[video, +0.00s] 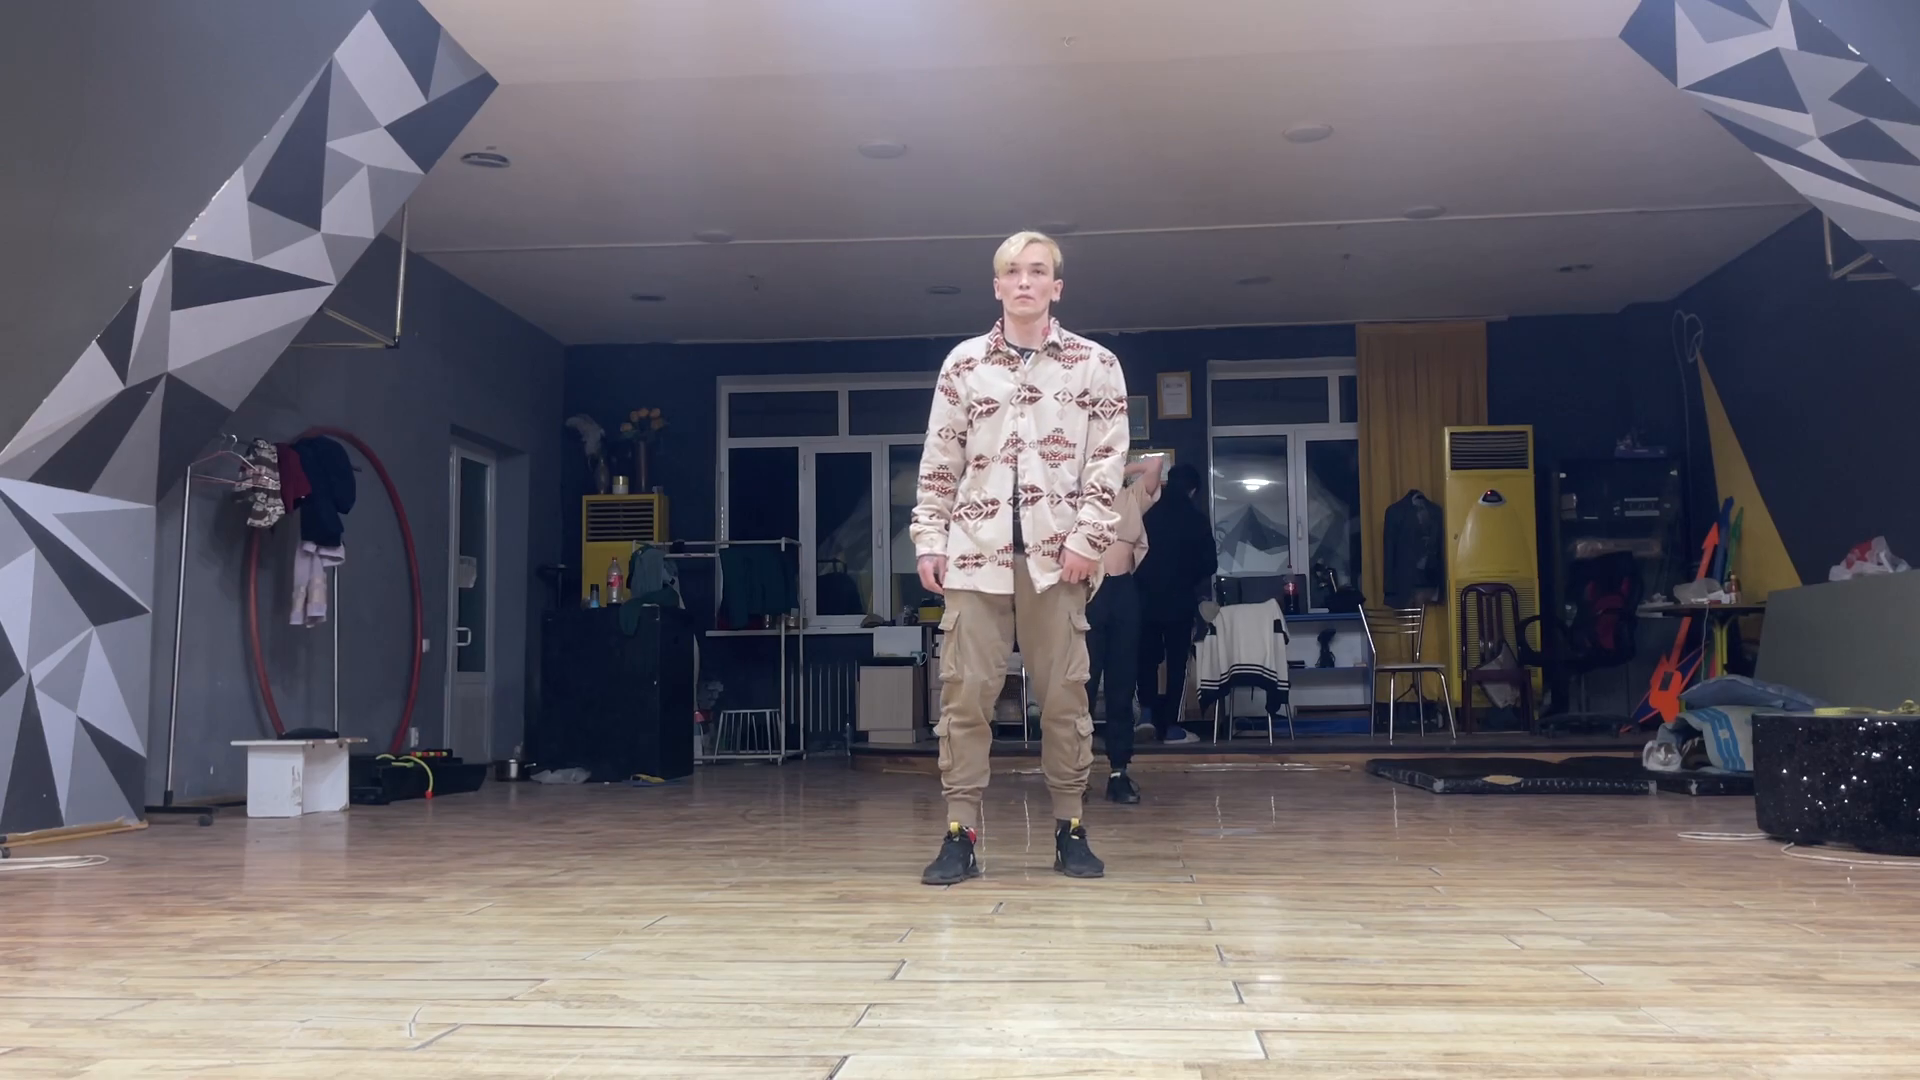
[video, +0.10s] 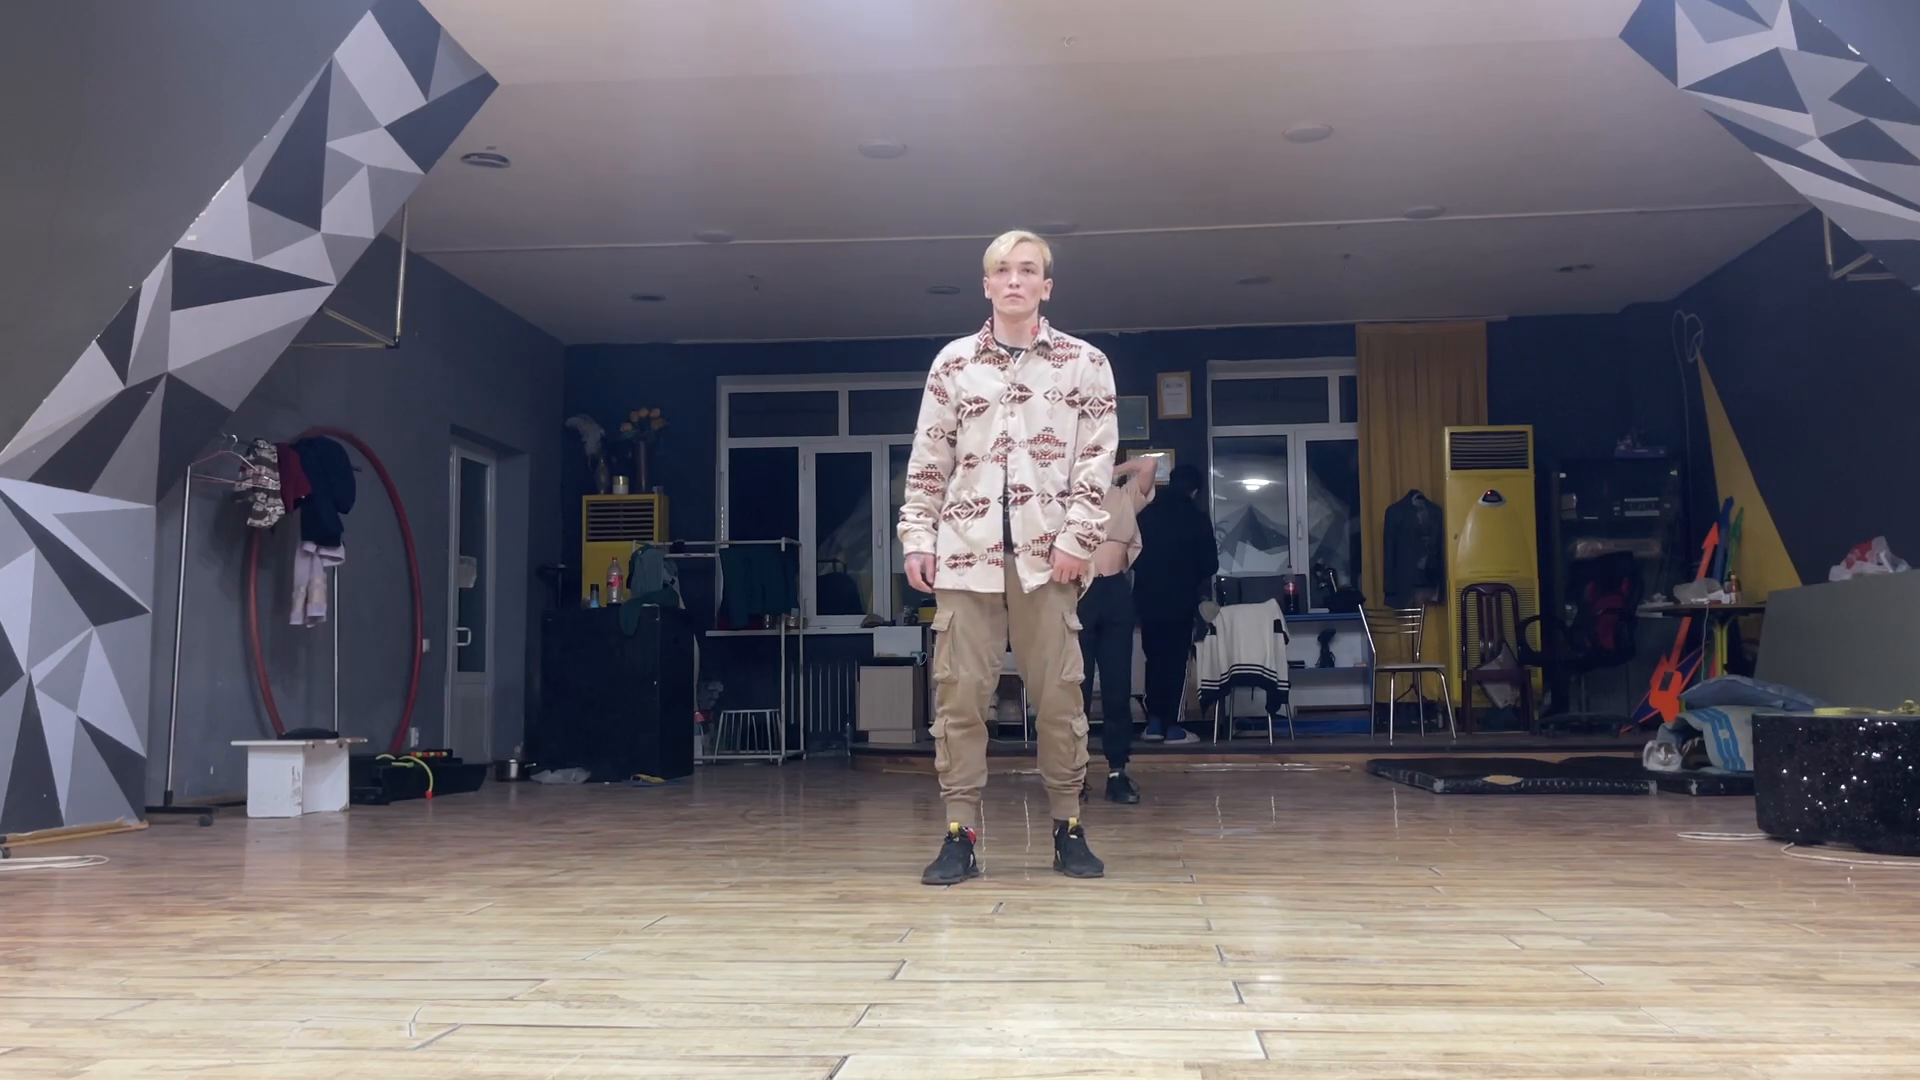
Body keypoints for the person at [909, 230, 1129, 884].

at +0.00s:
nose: (1025, 281)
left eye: (1038, 272)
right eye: (1014, 272)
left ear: (1057, 285)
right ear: (997, 284)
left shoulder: (1095, 364)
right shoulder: (963, 363)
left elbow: (1108, 465)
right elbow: (938, 464)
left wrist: (1087, 540)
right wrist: (929, 540)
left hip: (1058, 555)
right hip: (975, 555)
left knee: (1063, 695)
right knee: (965, 694)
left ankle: (1071, 831)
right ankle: (959, 835)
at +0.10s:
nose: (1015, 280)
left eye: (1027, 271)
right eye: (1004, 270)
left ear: (1046, 284)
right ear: (986, 283)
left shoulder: (1084, 363)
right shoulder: (952, 363)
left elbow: (1097, 464)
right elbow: (927, 463)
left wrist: (1078, 540)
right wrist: (917, 537)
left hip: (1049, 554)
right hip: (965, 554)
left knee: (1056, 692)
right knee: (960, 693)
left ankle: (1069, 830)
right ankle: (960, 835)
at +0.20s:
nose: (1004, 279)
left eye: (1017, 269)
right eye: (993, 269)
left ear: (1036, 283)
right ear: (975, 282)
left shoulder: (1074, 361)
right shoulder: (942, 363)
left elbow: (1089, 463)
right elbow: (918, 461)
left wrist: (1070, 538)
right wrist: (908, 535)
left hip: (1041, 554)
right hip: (956, 554)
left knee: (1053, 693)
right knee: (954, 696)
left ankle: (1067, 829)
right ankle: (958, 835)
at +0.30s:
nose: (995, 276)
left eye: (1007, 267)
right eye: (983, 267)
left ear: (1026, 281)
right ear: (964, 280)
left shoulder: (1064, 358)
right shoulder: (933, 360)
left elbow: (1083, 460)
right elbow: (909, 459)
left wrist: (1065, 536)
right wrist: (900, 534)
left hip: (1035, 551)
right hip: (950, 553)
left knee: (1051, 690)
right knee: (951, 695)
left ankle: (1068, 825)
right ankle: (958, 834)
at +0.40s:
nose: (988, 274)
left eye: (1000, 265)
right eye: (976, 264)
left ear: (1018, 279)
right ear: (957, 278)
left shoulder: (1057, 355)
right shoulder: (924, 361)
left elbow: (1079, 454)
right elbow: (901, 462)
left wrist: (1062, 531)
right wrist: (895, 538)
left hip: (1033, 548)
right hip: (947, 552)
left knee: (1058, 680)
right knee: (948, 694)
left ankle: (1070, 815)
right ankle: (958, 835)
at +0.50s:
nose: (983, 270)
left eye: (994, 261)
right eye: (971, 262)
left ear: (1015, 278)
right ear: (952, 278)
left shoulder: (1055, 351)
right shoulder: (920, 360)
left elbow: (1079, 447)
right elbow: (899, 460)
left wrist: (1062, 521)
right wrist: (893, 537)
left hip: (1036, 550)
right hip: (949, 554)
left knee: (1067, 675)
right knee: (949, 695)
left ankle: (1083, 815)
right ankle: (957, 836)